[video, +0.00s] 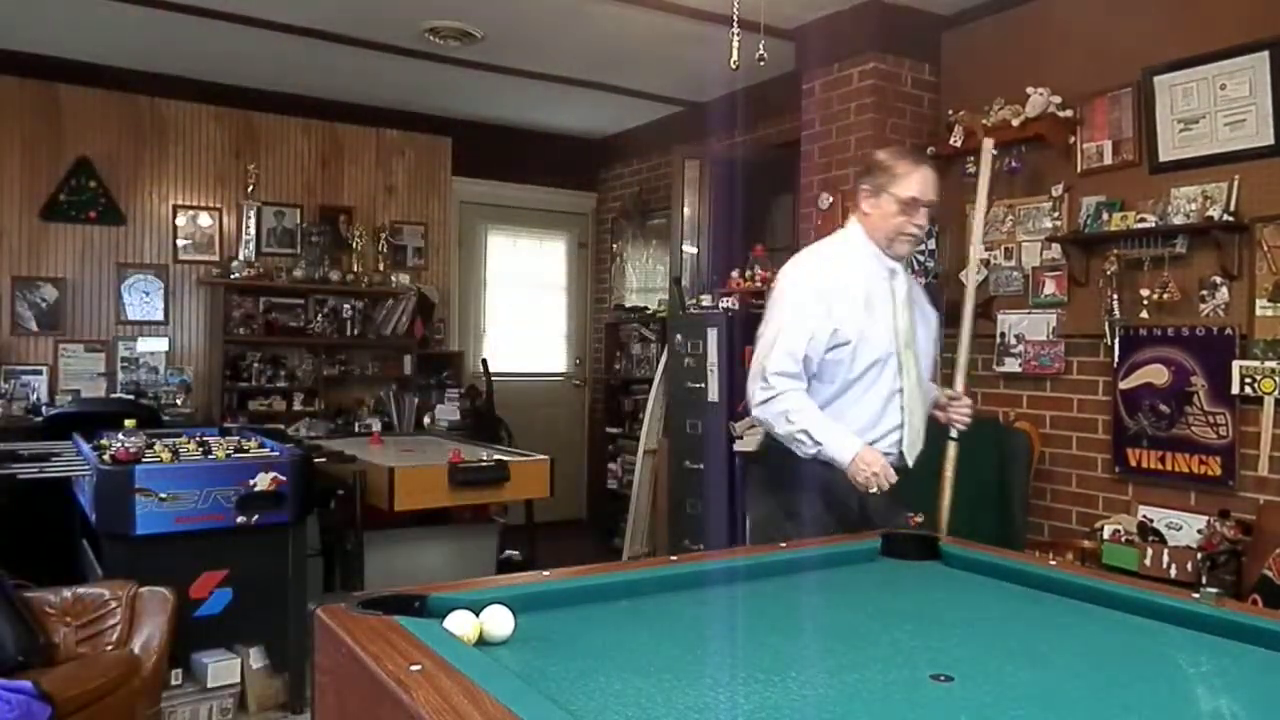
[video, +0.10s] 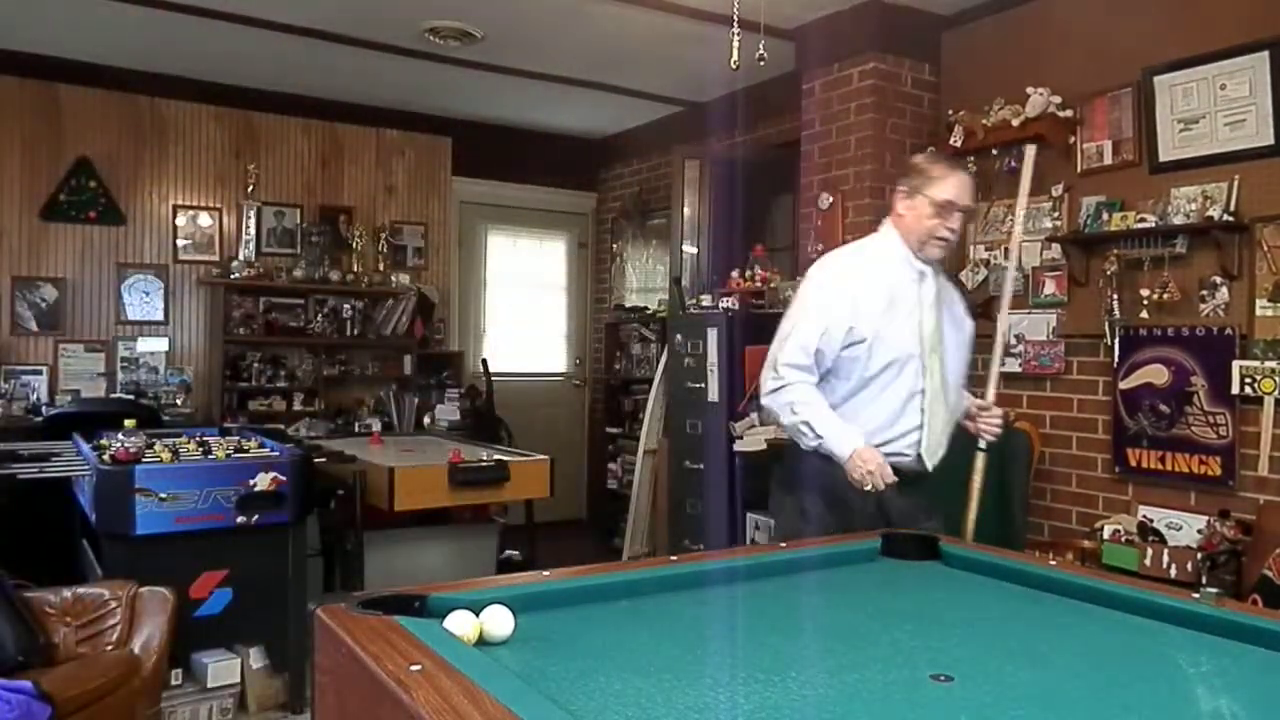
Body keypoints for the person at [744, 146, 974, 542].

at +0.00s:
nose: (921, 222)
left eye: (928, 210)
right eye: (909, 206)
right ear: (867, 200)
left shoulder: (910, 289)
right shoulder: (813, 273)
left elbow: (887, 375)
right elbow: (771, 390)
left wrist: (934, 399)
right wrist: (849, 451)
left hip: (880, 480)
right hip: (806, 478)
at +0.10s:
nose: (954, 226)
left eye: (963, 215)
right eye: (943, 209)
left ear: (969, 220)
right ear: (903, 202)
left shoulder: (950, 299)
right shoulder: (841, 274)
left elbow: (919, 378)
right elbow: (783, 382)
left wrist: (964, 407)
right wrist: (849, 448)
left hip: (911, 488)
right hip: (828, 485)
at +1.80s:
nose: (1082, 180)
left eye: (1101, 165)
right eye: (1071, 168)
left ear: (1141, 177)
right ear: (1059, 182)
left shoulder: (1179, 288)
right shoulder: (1004, 264)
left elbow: (1229, 399)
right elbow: (928, 334)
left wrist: (1166, 450)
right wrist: (928, 359)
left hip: (1107, 513)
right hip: (999, 500)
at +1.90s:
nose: (1091, 179)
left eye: (1112, 166)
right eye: (1083, 166)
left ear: (1154, 180)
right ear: (1071, 174)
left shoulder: (1188, 288)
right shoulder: (1018, 259)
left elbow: (1233, 412)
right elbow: (952, 332)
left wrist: (1144, 461)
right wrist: (926, 322)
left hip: (1110, 512)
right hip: (1002, 494)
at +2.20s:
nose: (1086, 178)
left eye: (1105, 164)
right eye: (1082, 165)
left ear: (1153, 173)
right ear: (1074, 172)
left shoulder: (1188, 280)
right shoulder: (1037, 254)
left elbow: (1207, 416)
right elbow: (951, 312)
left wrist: (1103, 466)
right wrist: (936, 249)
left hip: (1112, 507)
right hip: (1009, 484)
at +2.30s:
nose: (1080, 178)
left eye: (1098, 164)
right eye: (1075, 166)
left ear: (1144, 173)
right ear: (1066, 173)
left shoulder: (1183, 278)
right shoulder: (1034, 257)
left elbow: (1203, 414)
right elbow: (950, 316)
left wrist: (1100, 469)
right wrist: (938, 248)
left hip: (1112, 506)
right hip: (1011, 484)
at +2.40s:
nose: (1070, 179)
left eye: (1088, 165)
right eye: (1064, 169)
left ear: (1133, 173)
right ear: (1057, 178)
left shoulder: (1174, 275)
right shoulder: (1027, 259)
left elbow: (1197, 410)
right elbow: (947, 320)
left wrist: (1098, 472)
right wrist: (933, 253)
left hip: (1111, 504)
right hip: (1011, 487)